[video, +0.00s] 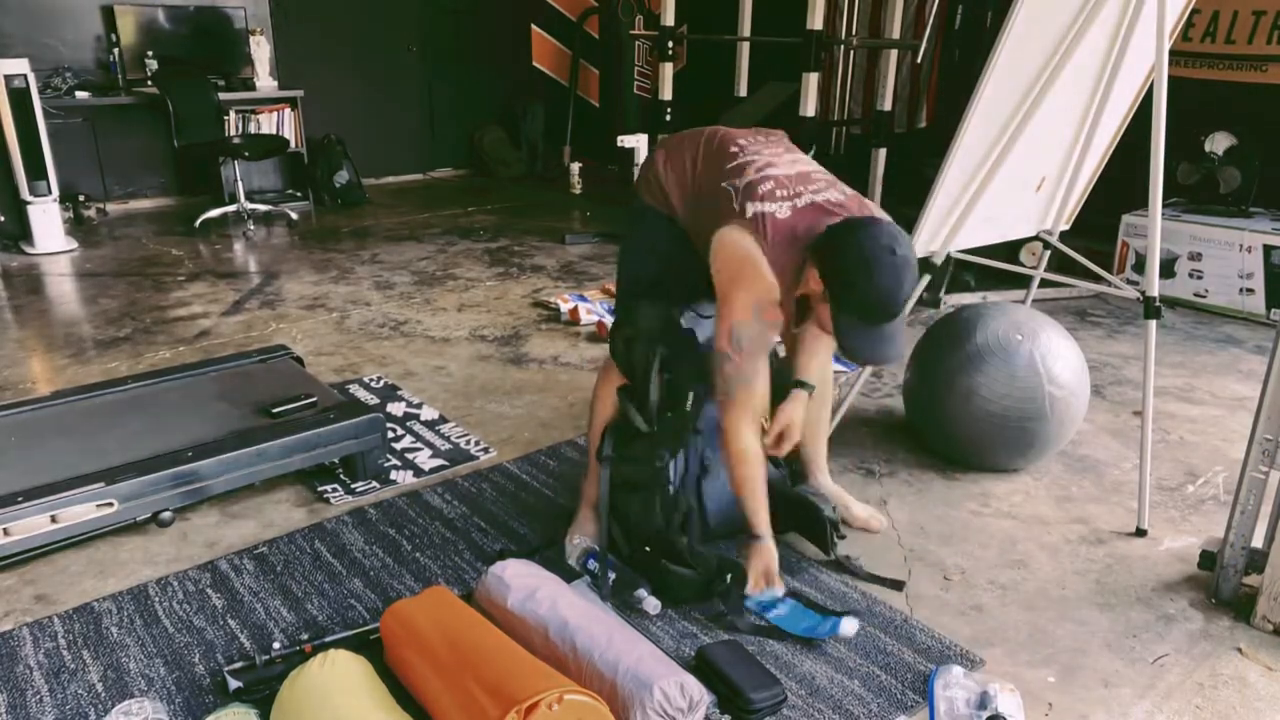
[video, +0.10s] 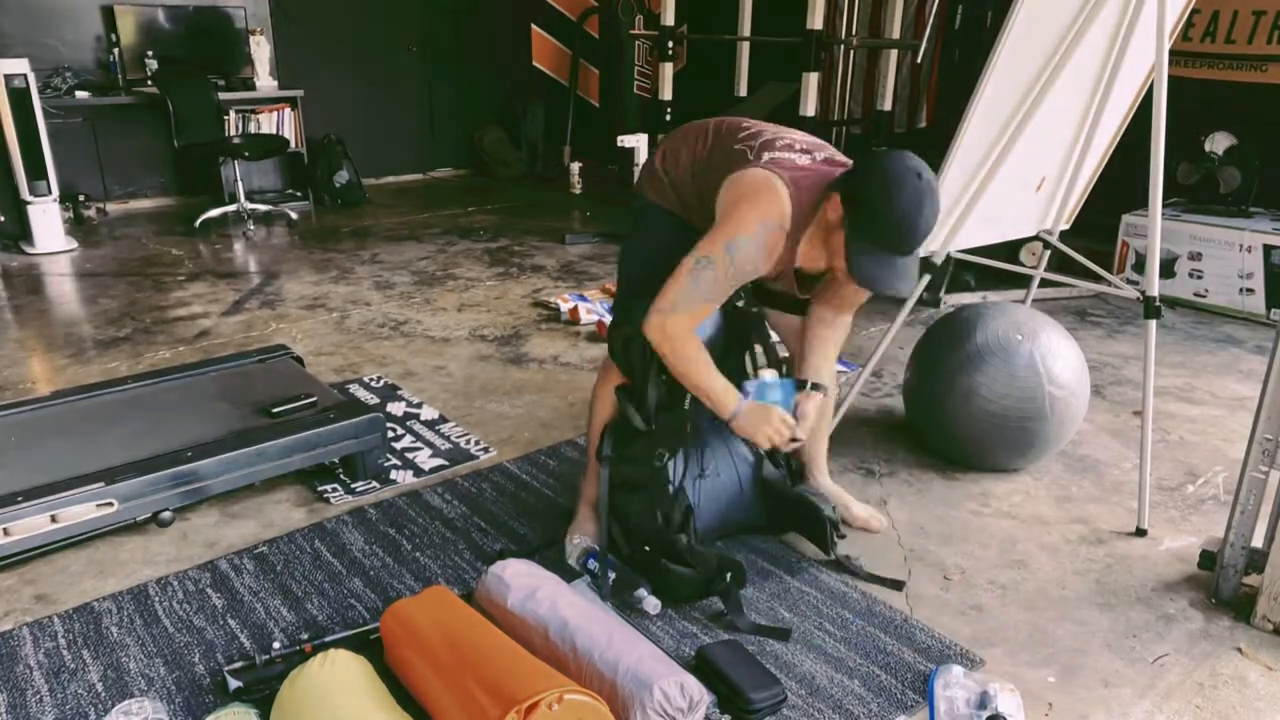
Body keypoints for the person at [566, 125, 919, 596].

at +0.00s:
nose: (839, 330)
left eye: (849, 329)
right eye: (839, 321)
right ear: (818, 281)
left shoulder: (874, 235)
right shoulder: (755, 259)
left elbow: (823, 316)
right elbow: (739, 413)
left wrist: (801, 392)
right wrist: (760, 536)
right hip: (673, 190)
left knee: (818, 343)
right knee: (632, 359)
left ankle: (815, 479)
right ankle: (592, 507)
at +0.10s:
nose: (865, 271)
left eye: (879, 262)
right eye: (864, 255)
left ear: (906, 238)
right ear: (836, 211)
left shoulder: (878, 237)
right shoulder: (762, 212)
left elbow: (835, 308)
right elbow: (664, 325)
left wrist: (815, 390)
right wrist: (738, 411)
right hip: (678, 200)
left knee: (817, 356)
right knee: (629, 360)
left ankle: (815, 478)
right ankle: (590, 509)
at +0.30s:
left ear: (733, 287)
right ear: (648, 291)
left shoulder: (776, 255)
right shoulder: (624, 254)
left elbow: (796, 397)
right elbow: (618, 405)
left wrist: (738, 508)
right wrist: (659, 519)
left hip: (752, 143)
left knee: (794, 338)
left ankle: (813, 481)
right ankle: (592, 508)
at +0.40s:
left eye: (638, 337)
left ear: (653, 282)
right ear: (571, 304)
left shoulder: (716, 269)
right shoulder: (575, 269)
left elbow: (734, 413)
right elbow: (579, 392)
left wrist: (672, 514)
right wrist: (610, 504)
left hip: (750, 158)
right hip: (650, 144)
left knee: (790, 342)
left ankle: (813, 479)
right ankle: (598, 506)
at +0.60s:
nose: (848, 356)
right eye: (845, 343)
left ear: (921, 309)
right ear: (830, 301)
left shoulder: (946, 271)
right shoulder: (776, 273)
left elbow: (895, 326)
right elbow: (749, 441)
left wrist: (841, 393)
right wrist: (755, 576)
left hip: (848, 162)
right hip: (742, 188)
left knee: (888, 370)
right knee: (669, 367)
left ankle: (867, 526)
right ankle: (605, 505)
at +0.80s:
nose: (809, 40)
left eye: (819, 33)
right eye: (805, 24)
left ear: (829, 14)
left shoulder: (816, 42)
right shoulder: (686, 15)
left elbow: (803, 133)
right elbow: (606, 115)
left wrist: (768, 205)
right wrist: (692, 198)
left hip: (749, 206)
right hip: (664, 207)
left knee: (777, 331)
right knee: (655, 366)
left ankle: (787, 455)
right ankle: (621, 497)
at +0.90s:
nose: (852, 76)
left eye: (869, 63)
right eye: (844, 61)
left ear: (892, 32)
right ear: (815, 24)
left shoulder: (877, 40)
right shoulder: (764, 44)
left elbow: (889, 136)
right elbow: (700, 174)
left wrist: (848, 215)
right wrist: (760, 256)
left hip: (776, 201)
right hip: (691, 202)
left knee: (784, 348)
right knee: (662, 359)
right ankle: (626, 509)